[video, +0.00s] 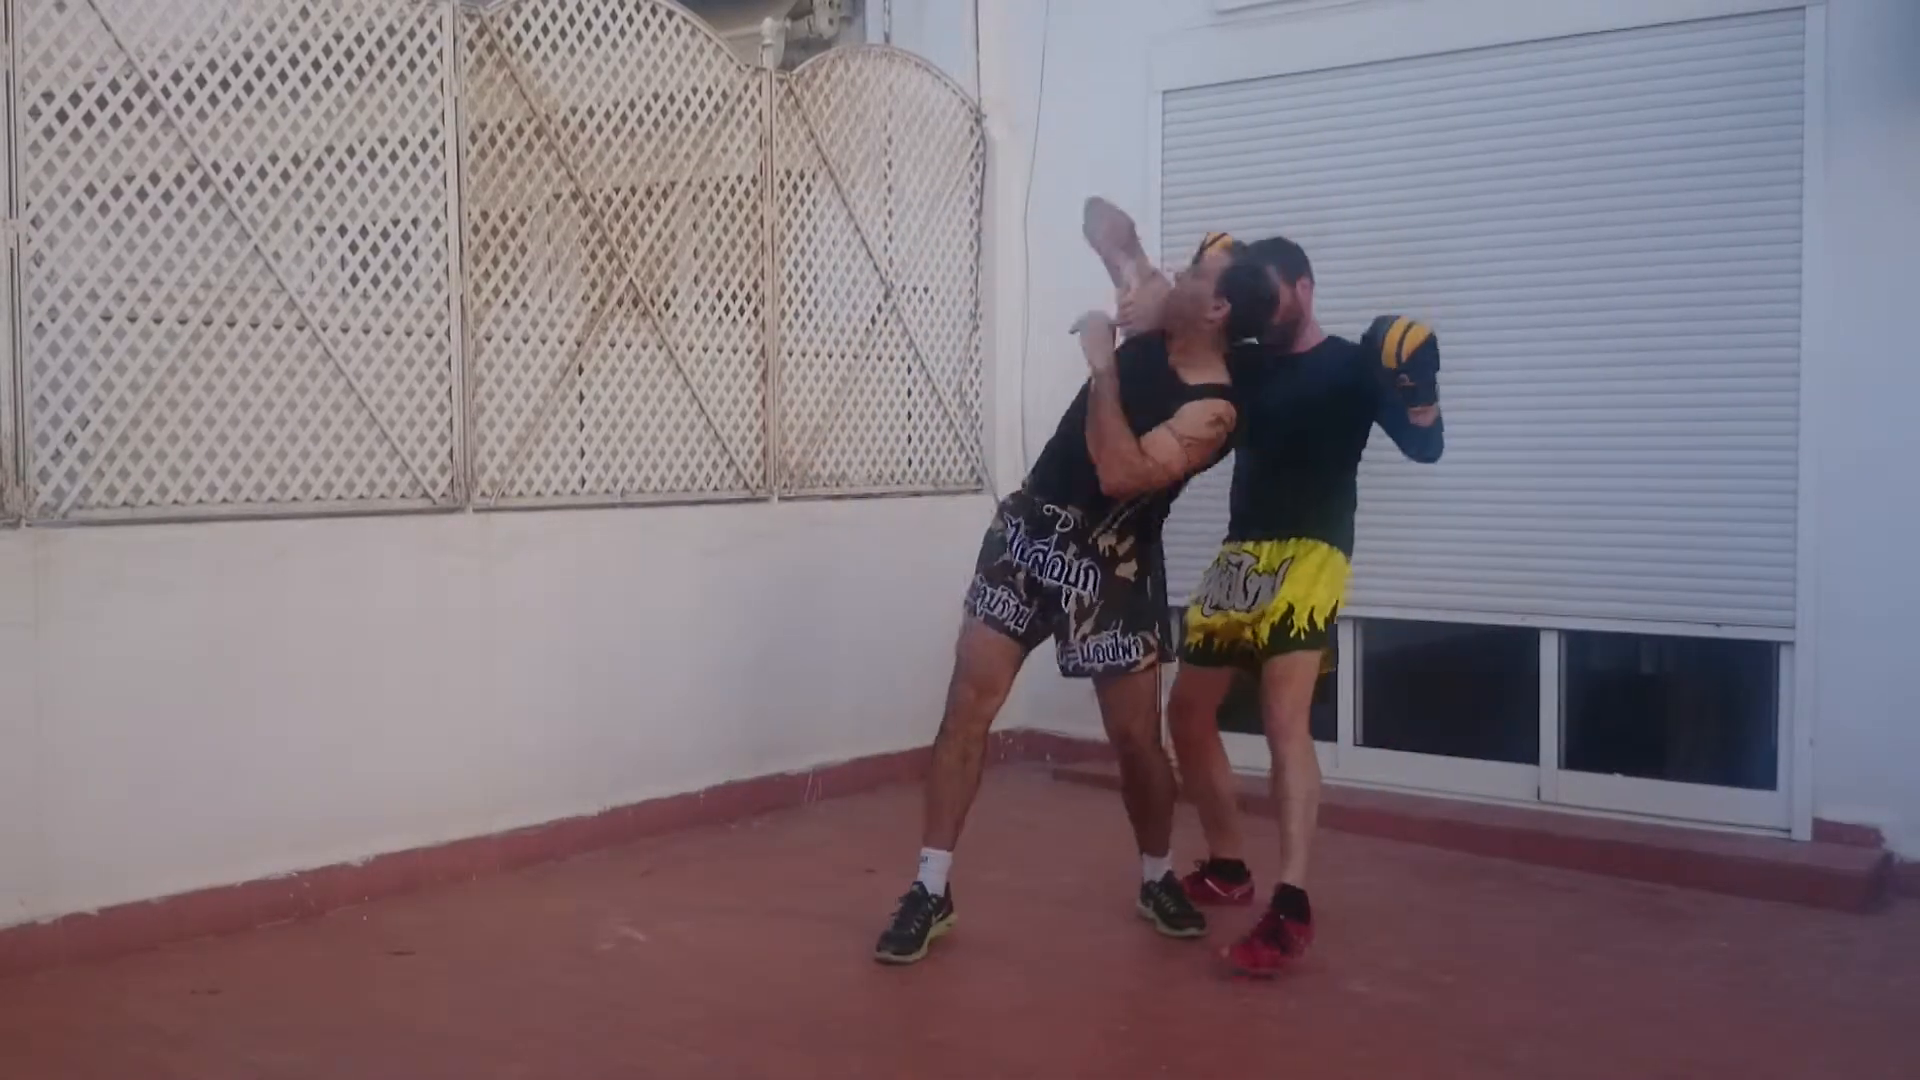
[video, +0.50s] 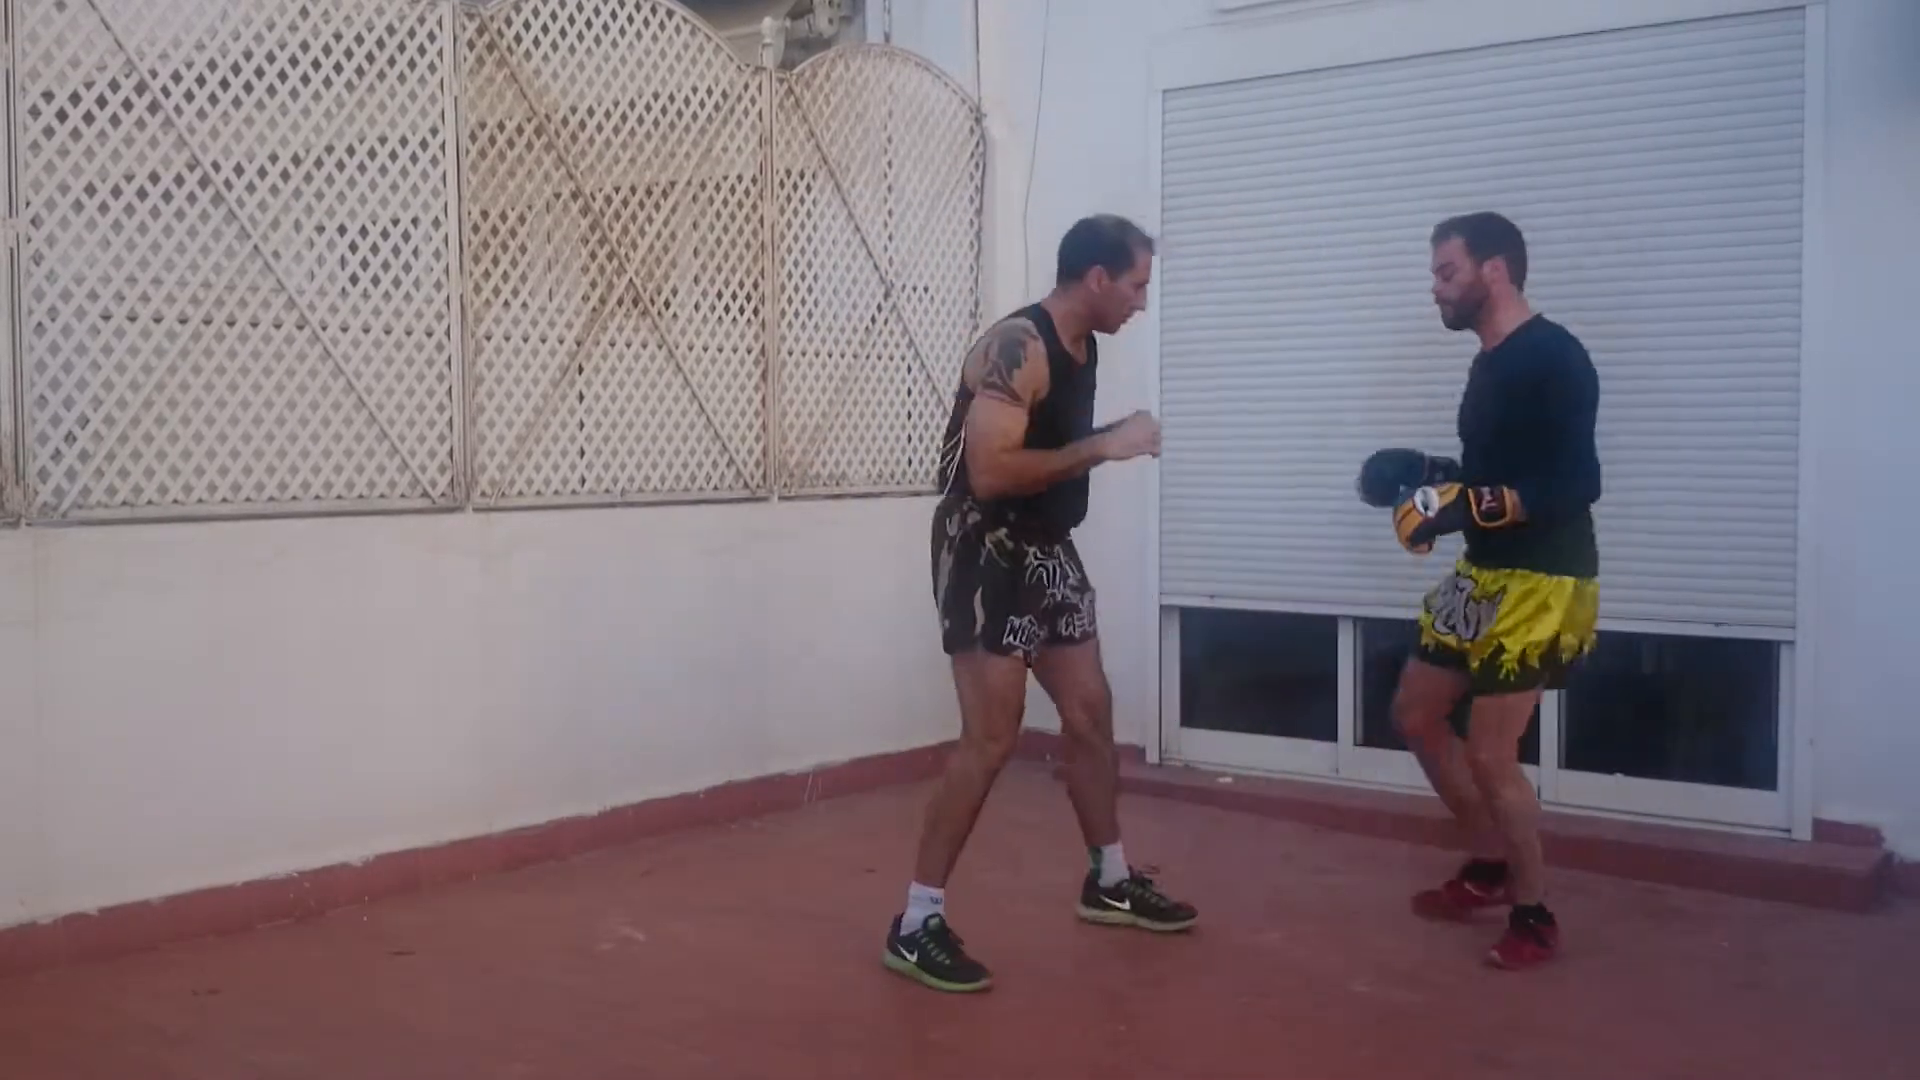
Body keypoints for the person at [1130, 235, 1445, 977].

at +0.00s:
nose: (1261, 309)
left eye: (1272, 292)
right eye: (1252, 297)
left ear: (1304, 288)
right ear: (1246, 305)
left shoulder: (1358, 362)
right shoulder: (1245, 366)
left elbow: (1424, 448)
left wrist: (1418, 388)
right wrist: (1205, 299)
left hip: (1310, 551)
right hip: (1241, 549)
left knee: (1285, 718)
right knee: (1189, 714)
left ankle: (1292, 902)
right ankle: (1227, 864)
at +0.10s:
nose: (1277, 309)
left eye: (1287, 295)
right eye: (1270, 298)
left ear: (1329, 286)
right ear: (1266, 300)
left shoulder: (1380, 360)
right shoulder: (1262, 361)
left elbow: (1446, 450)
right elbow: (1183, 393)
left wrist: (1424, 398)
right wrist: (1141, 338)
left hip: (1337, 557)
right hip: (1267, 556)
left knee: (1316, 722)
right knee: (1198, 711)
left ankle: (1370, 903)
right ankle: (1227, 866)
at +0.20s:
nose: (1309, 305)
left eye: (1321, 291)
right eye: (1304, 294)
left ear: (1365, 289)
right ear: (1306, 297)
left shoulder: (1407, 372)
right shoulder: (1299, 368)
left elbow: (1478, 459)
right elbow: (1215, 385)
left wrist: (1441, 428)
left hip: (1369, 578)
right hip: (1303, 571)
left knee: (1366, 743)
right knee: (1218, 706)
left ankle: (1474, 896)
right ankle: (1226, 865)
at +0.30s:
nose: (1345, 290)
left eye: (1356, 276)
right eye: (1341, 278)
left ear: (1405, 276)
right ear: (1354, 284)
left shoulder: (1450, 357)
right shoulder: (1361, 357)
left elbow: (1522, 442)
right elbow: (1313, 421)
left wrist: (1449, 433)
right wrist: (1249, 382)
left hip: (1425, 577)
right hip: (1350, 569)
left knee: (1433, 754)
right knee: (1287, 718)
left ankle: (1530, 906)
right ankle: (1239, 866)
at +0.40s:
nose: (1386, 284)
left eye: (1399, 270)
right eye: (1386, 272)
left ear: (1449, 272)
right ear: (1423, 279)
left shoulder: (1504, 354)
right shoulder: (1419, 363)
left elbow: (1557, 454)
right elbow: (1428, 454)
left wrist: (1480, 477)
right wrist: (1375, 456)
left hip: (1491, 577)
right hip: (1418, 566)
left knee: (1473, 762)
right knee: (1355, 719)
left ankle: (1530, 913)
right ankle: (1324, 869)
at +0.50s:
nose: (1436, 287)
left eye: (1447, 271)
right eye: (1434, 274)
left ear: (1497, 271)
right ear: (1485, 276)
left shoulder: (1556, 357)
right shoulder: (1489, 363)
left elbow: (1579, 484)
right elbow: (1497, 472)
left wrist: (1476, 506)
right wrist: (1434, 476)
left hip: (1542, 578)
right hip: (1480, 570)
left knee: (1491, 754)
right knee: (1417, 717)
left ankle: (1534, 916)